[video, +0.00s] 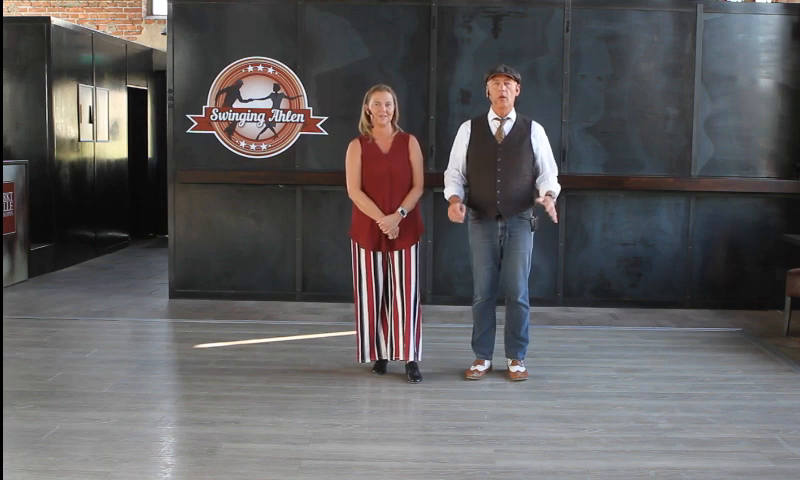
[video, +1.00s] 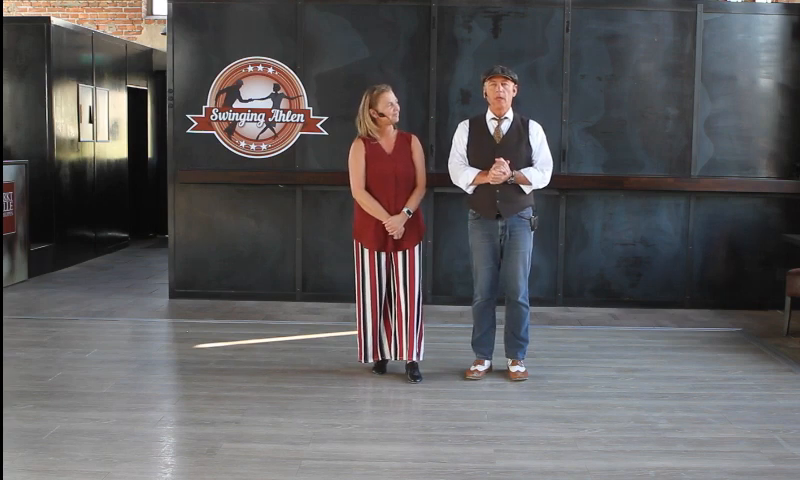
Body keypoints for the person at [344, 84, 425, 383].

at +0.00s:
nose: (383, 109)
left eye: (387, 104)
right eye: (377, 104)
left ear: (395, 108)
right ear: (368, 108)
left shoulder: (410, 143)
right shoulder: (356, 146)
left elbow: (419, 186)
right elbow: (353, 190)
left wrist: (397, 215)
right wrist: (384, 220)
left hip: (404, 230)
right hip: (368, 231)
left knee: (407, 294)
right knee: (372, 294)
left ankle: (411, 358)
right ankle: (379, 355)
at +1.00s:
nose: (396, 108)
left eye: (396, 103)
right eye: (389, 105)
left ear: (398, 107)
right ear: (373, 112)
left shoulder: (412, 142)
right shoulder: (360, 145)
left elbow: (421, 186)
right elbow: (357, 190)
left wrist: (403, 215)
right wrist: (390, 220)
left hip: (407, 230)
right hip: (372, 231)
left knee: (409, 294)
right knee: (374, 294)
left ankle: (412, 357)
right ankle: (379, 354)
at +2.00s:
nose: (387, 110)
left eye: (393, 105)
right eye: (383, 104)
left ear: (399, 110)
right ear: (373, 106)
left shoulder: (410, 143)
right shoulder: (357, 144)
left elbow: (419, 186)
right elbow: (354, 189)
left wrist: (398, 216)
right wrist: (385, 220)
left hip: (405, 229)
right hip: (369, 230)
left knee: (408, 294)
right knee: (373, 295)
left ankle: (412, 357)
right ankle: (378, 355)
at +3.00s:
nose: (388, 110)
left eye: (393, 106)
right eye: (383, 104)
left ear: (400, 110)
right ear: (373, 107)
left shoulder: (411, 143)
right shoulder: (358, 144)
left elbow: (419, 187)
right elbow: (355, 189)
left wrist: (399, 216)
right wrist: (386, 220)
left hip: (405, 231)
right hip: (370, 231)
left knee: (407, 296)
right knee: (373, 295)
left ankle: (406, 359)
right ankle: (379, 356)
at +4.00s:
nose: (389, 110)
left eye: (394, 105)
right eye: (384, 104)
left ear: (400, 110)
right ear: (374, 107)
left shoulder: (412, 143)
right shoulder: (360, 144)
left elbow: (420, 187)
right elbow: (357, 190)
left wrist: (401, 216)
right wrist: (389, 220)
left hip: (406, 230)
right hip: (371, 231)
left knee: (406, 295)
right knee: (374, 295)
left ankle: (406, 359)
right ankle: (379, 356)